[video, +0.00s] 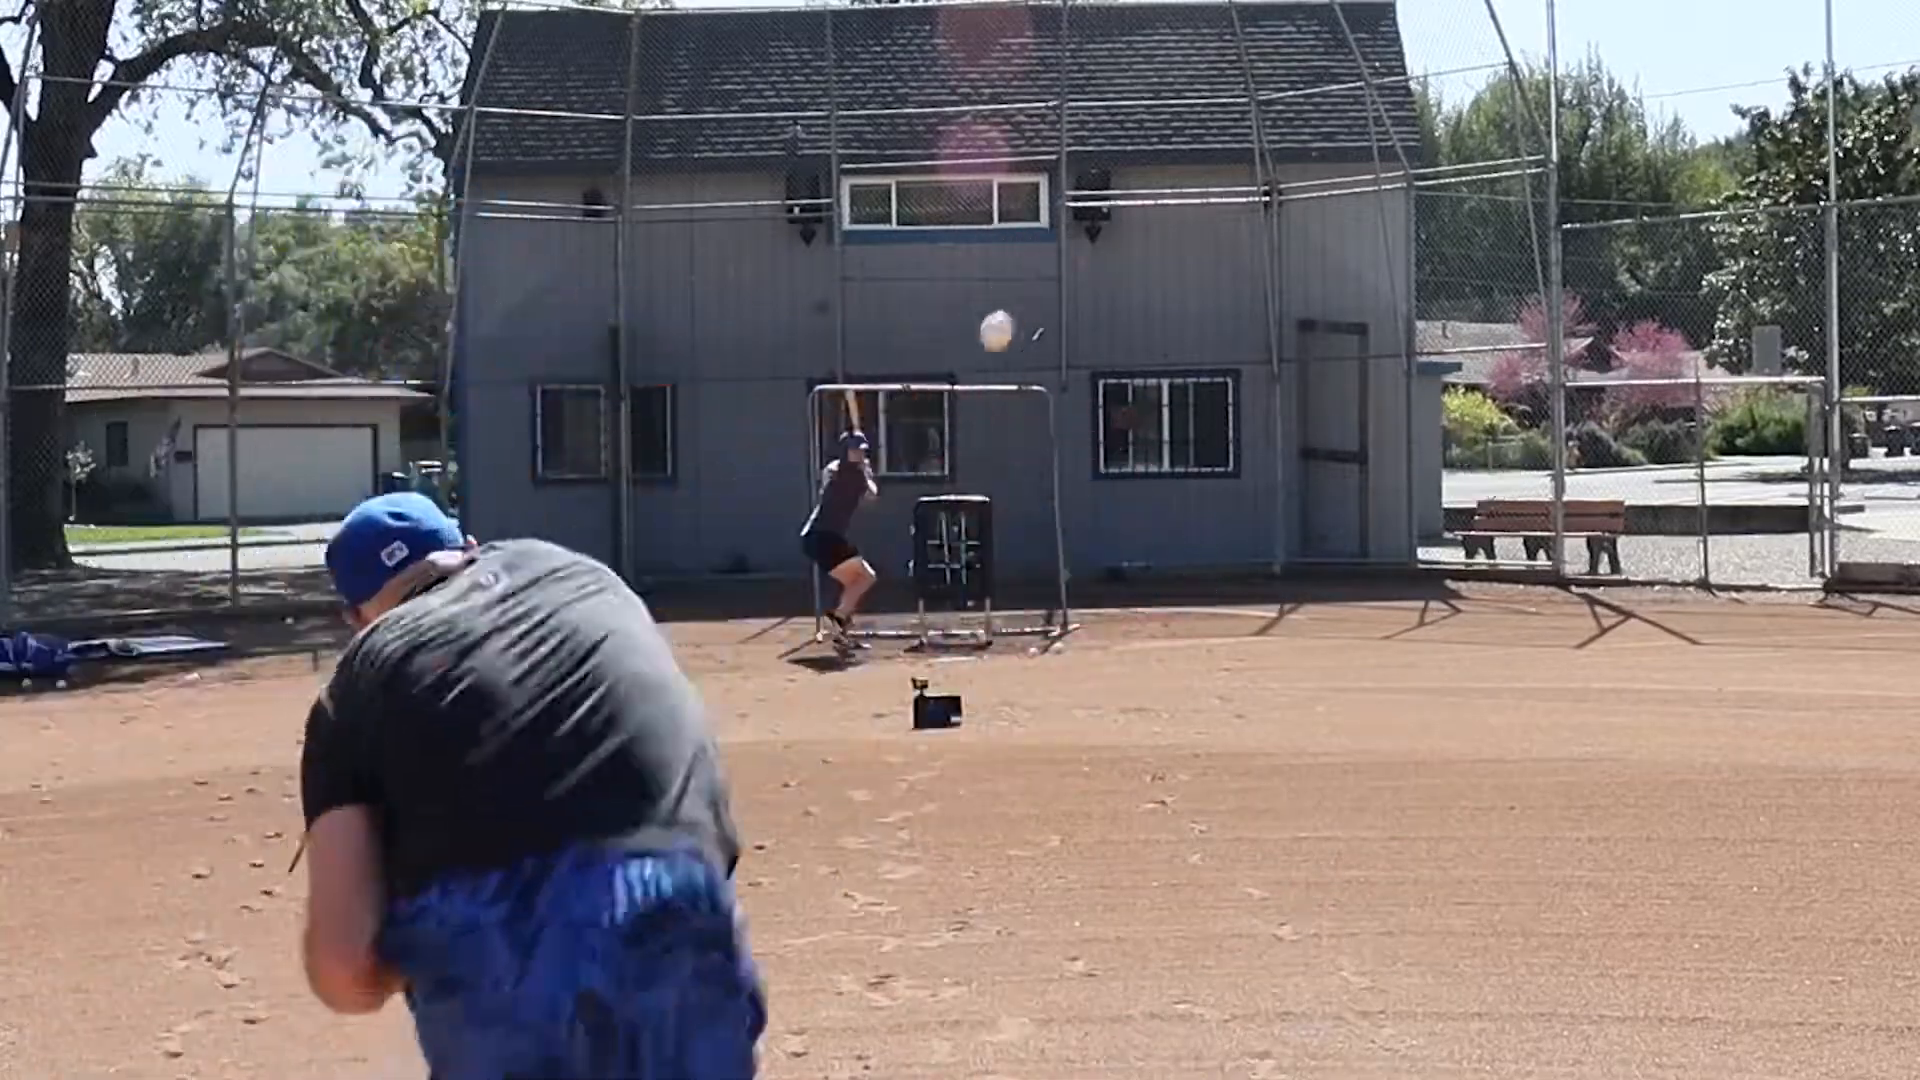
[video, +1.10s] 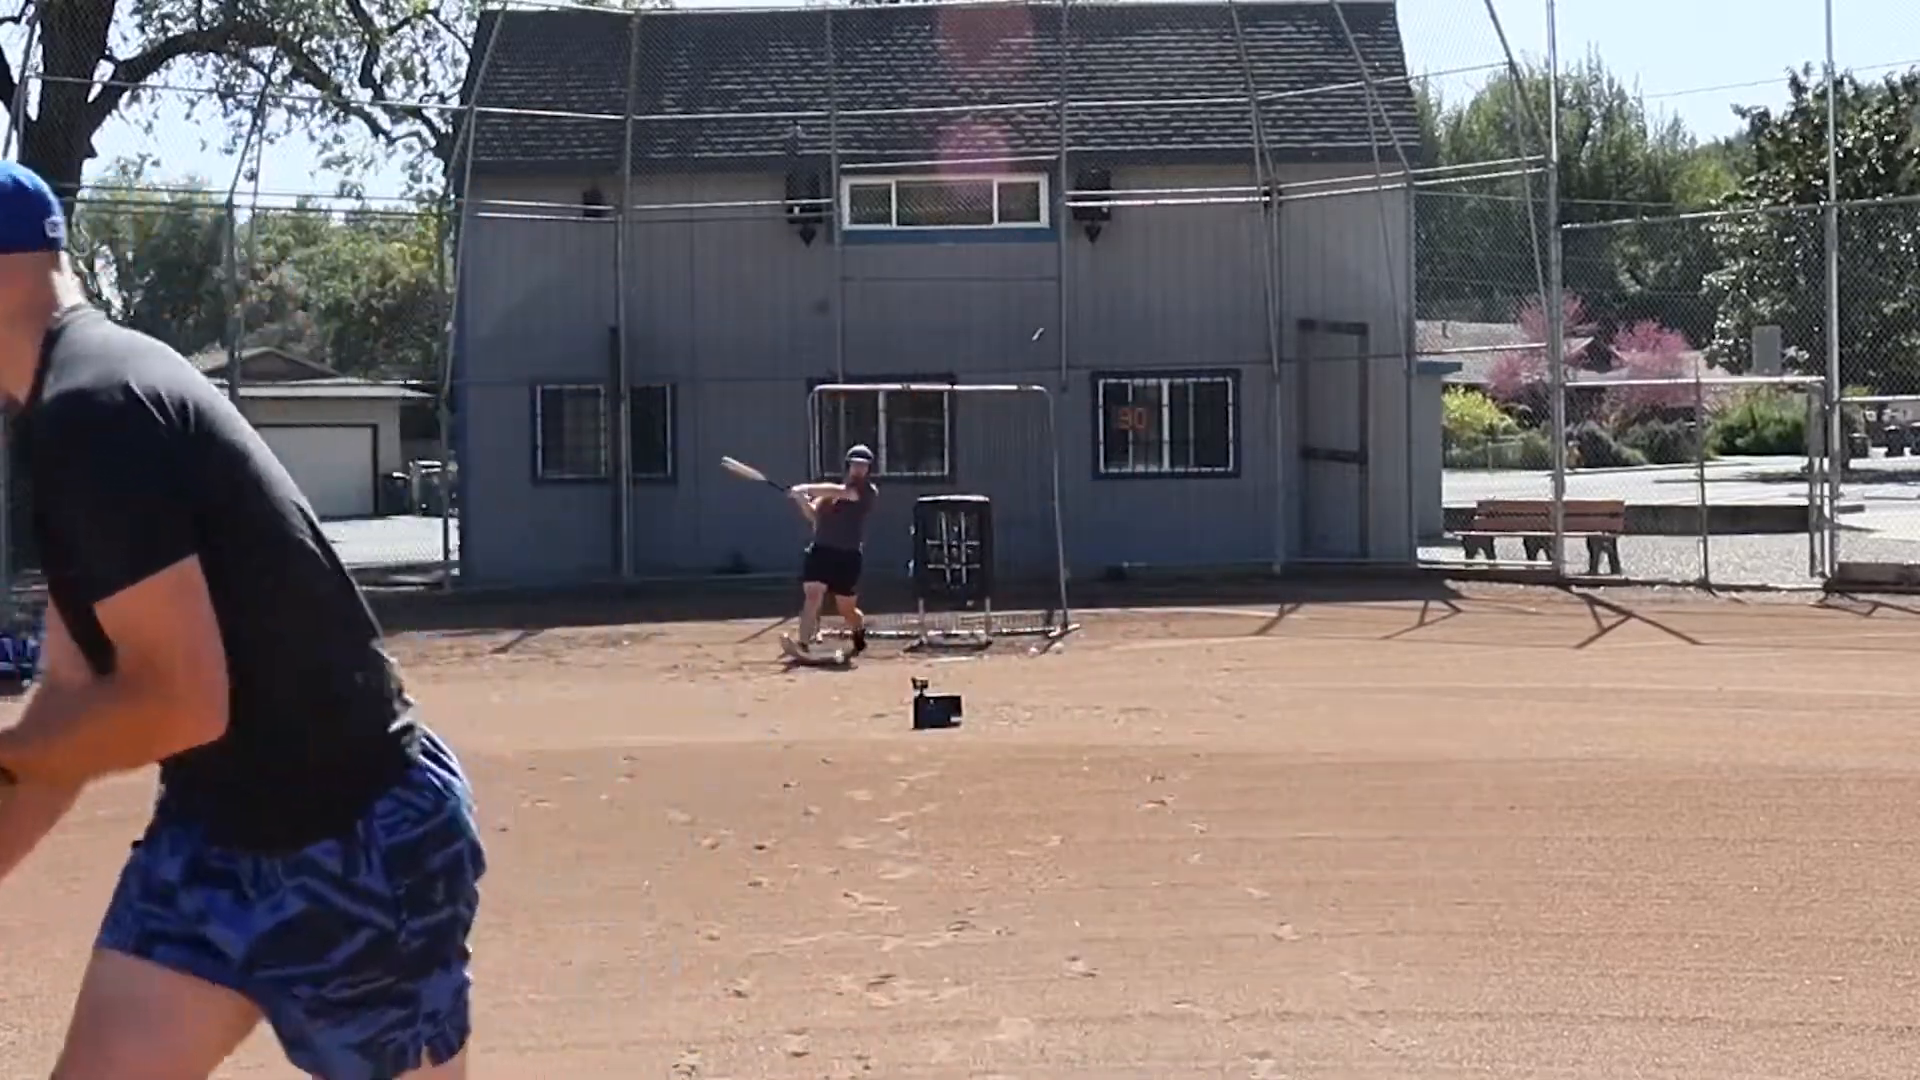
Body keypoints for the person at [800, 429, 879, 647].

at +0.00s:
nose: (861, 455)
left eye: (862, 451)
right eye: (856, 451)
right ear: (848, 452)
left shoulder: (833, 468)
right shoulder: (857, 474)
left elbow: (830, 467)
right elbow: (873, 492)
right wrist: (866, 472)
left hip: (813, 535)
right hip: (827, 536)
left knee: (852, 581)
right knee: (866, 576)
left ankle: (841, 632)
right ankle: (841, 614)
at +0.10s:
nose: (862, 458)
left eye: (863, 454)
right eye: (858, 453)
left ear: (863, 455)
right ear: (849, 453)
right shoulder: (852, 475)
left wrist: (863, 475)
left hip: (830, 537)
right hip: (822, 537)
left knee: (854, 585)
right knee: (853, 584)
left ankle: (842, 632)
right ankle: (830, 625)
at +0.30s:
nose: (861, 466)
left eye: (862, 462)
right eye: (857, 461)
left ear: (859, 463)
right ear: (845, 461)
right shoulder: (843, 478)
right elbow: (883, 500)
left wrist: (867, 514)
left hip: (835, 551)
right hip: (814, 546)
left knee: (856, 601)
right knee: (825, 590)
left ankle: (842, 636)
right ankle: (812, 642)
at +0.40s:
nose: (860, 469)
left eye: (862, 465)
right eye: (857, 464)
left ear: (863, 467)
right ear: (844, 463)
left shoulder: (857, 491)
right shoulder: (823, 470)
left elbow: (865, 515)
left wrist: (887, 499)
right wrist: (865, 484)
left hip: (838, 548)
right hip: (811, 544)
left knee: (845, 610)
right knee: (809, 592)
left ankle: (838, 632)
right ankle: (808, 643)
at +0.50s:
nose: (866, 473)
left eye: (869, 469)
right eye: (862, 468)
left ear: (872, 471)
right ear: (851, 467)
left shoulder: (871, 491)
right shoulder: (834, 479)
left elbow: (847, 491)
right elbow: (804, 484)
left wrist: (821, 485)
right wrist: (825, 483)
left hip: (842, 547)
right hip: (815, 541)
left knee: (846, 609)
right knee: (809, 592)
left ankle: (836, 632)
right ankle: (805, 646)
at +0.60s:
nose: (858, 469)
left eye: (863, 465)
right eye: (855, 463)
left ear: (868, 469)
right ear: (848, 465)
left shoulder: (861, 487)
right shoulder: (839, 490)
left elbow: (830, 488)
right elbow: (822, 520)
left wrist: (798, 490)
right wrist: (800, 505)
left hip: (846, 545)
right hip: (821, 543)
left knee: (844, 598)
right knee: (809, 590)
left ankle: (845, 630)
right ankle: (800, 642)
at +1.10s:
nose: (858, 470)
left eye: (863, 466)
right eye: (854, 465)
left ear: (868, 469)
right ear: (848, 466)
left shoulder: (868, 492)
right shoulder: (832, 489)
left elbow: (840, 492)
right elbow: (813, 514)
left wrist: (805, 489)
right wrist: (800, 499)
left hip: (848, 551)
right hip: (821, 547)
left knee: (845, 607)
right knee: (813, 594)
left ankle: (858, 629)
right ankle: (803, 642)